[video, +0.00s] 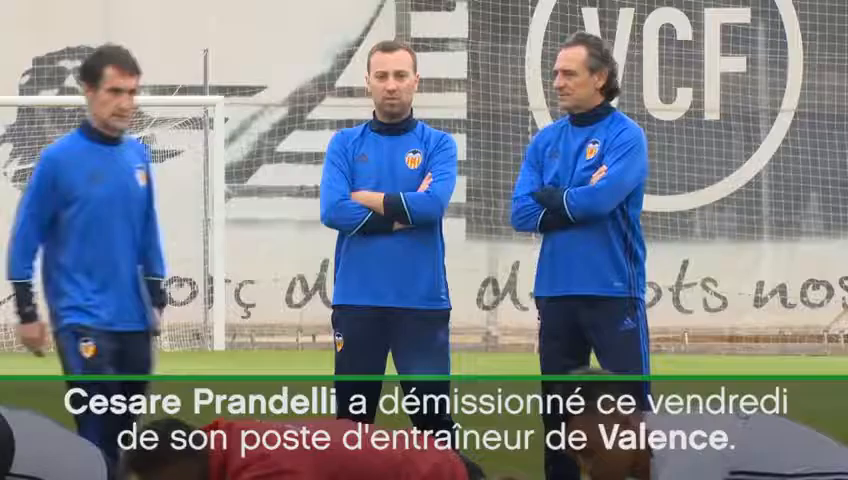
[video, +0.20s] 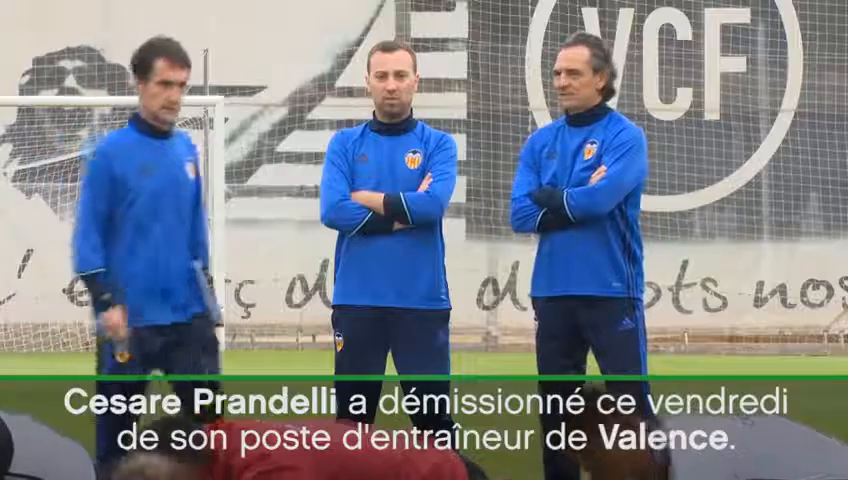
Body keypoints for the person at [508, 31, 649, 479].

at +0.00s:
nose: (558, 82)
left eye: (569, 74)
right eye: (557, 74)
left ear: (601, 80)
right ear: (555, 78)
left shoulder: (627, 136)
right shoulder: (544, 139)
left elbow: (600, 200)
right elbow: (520, 213)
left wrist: (546, 195)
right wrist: (583, 203)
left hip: (614, 291)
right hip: (555, 291)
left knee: (631, 405)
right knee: (556, 408)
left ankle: (640, 475)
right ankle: (560, 476)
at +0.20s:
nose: (561, 82)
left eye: (573, 73)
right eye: (558, 74)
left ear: (602, 80)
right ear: (553, 79)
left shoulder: (626, 136)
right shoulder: (538, 140)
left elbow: (598, 202)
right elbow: (520, 215)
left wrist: (542, 194)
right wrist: (583, 197)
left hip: (612, 291)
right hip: (552, 292)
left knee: (631, 406)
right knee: (555, 410)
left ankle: (653, 474)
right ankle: (559, 477)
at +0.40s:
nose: (565, 82)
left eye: (577, 73)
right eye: (560, 73)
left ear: (604, 81)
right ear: (554, 79)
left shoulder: (626, 135)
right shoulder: (538, 140)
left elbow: (606, 198)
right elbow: (520, 215)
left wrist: (546, 195)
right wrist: (588, 200)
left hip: (613, 291)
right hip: (553, 292)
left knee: (631, 405)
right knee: (555, 408)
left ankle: (645, 475)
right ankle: (557, 478)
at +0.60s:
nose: (570, 81)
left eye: (582, 73)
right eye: (565, 73)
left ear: (609, 81)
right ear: (558, 79)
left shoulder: (629, 135)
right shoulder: (539, 140)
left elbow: (612, 196)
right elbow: (521, 213)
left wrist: (547, 195)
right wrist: (592, 197)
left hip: (614, 291)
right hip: (553, 291)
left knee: (630, 406)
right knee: (552, 408)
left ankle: (643, 476)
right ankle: (556, 476)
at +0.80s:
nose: (577, 80)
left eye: (588, 71)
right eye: (571, 71)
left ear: (613, 79)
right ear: (563, 78)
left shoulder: (631, 134)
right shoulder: (539, 141)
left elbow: (614, 198)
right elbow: (522, 212)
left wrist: (552, 191)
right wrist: (598, 193)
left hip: (616, 291)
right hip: (554, 292)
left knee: (633, 406)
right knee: (553, 407)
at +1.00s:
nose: (580, 79)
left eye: (592, 71)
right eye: (574, 71)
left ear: (615, 79)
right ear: (567, 77)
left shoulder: (634, 134)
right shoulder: (543, 139)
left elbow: (615, 198)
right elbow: (524, 212)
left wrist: (553, 190)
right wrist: (600, 193)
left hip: (619, 292)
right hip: (557, 293)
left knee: (635, 407)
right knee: (556, 409)